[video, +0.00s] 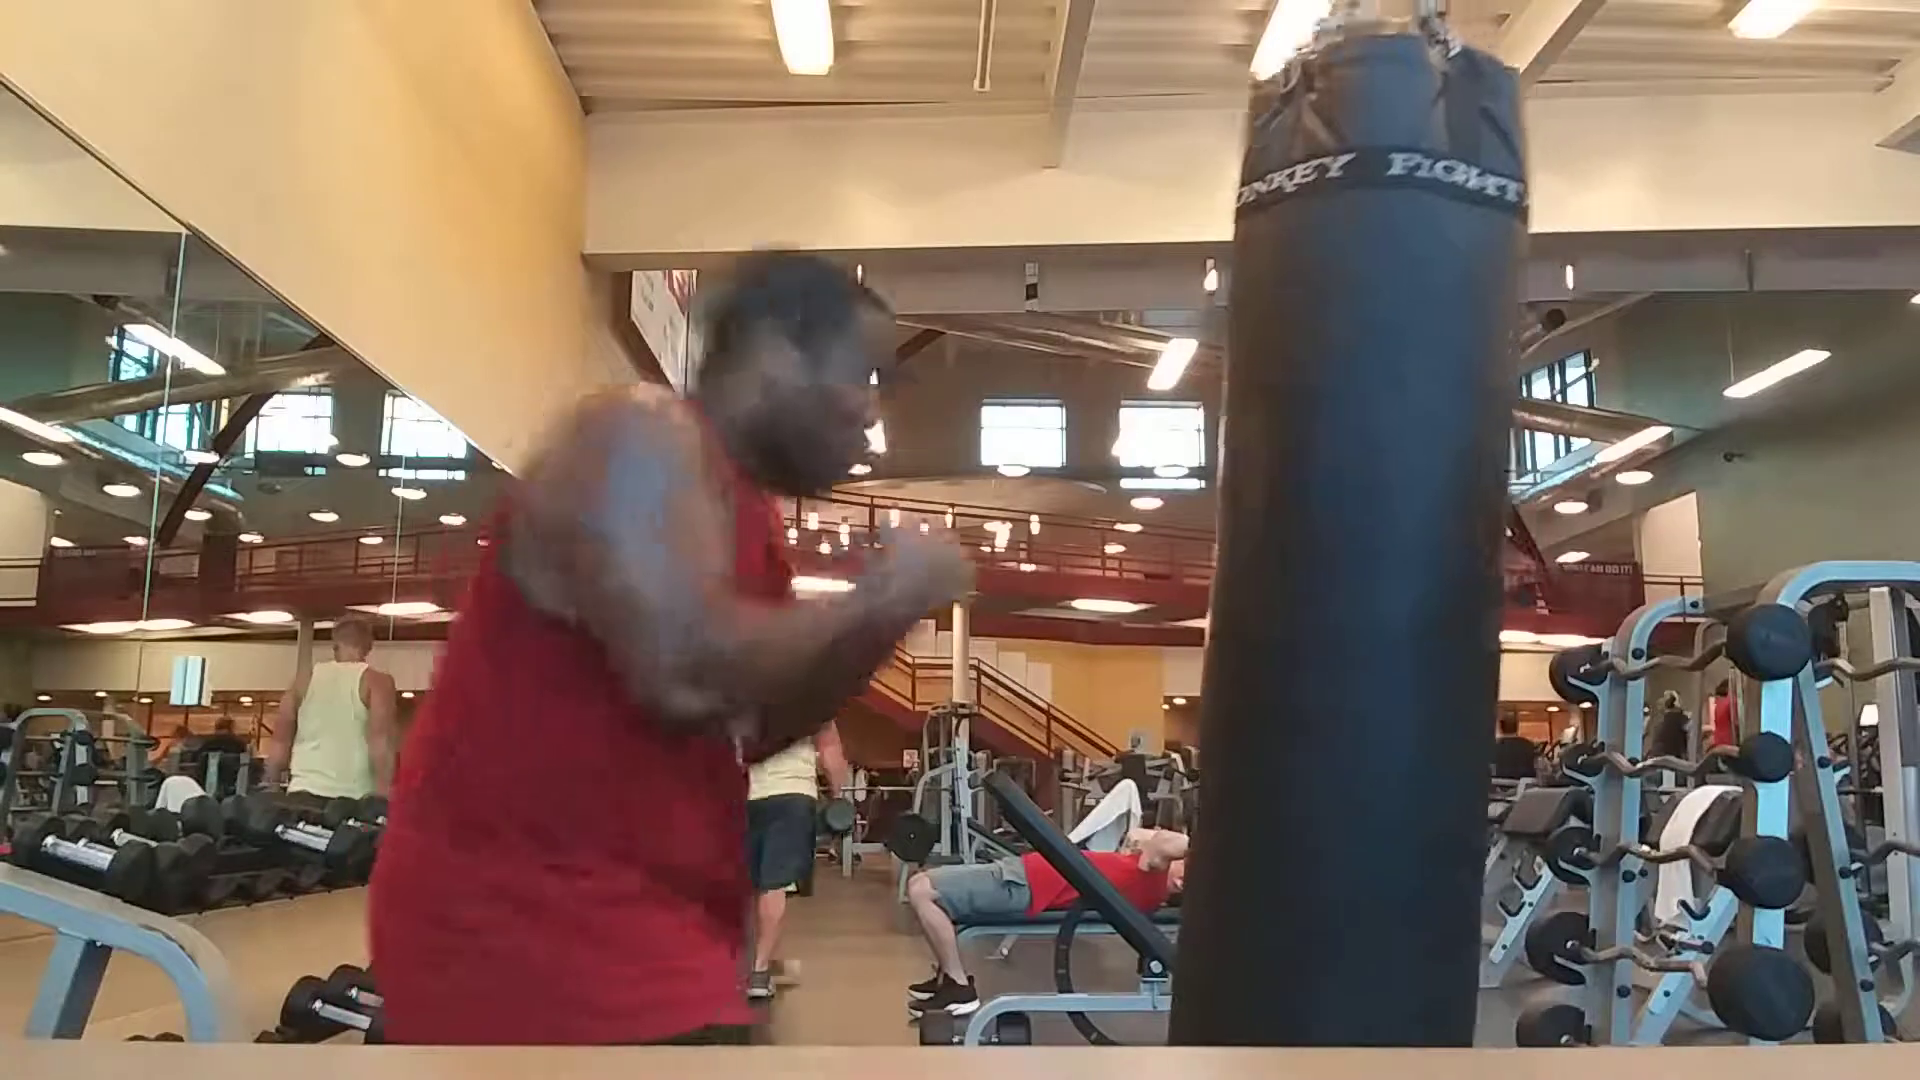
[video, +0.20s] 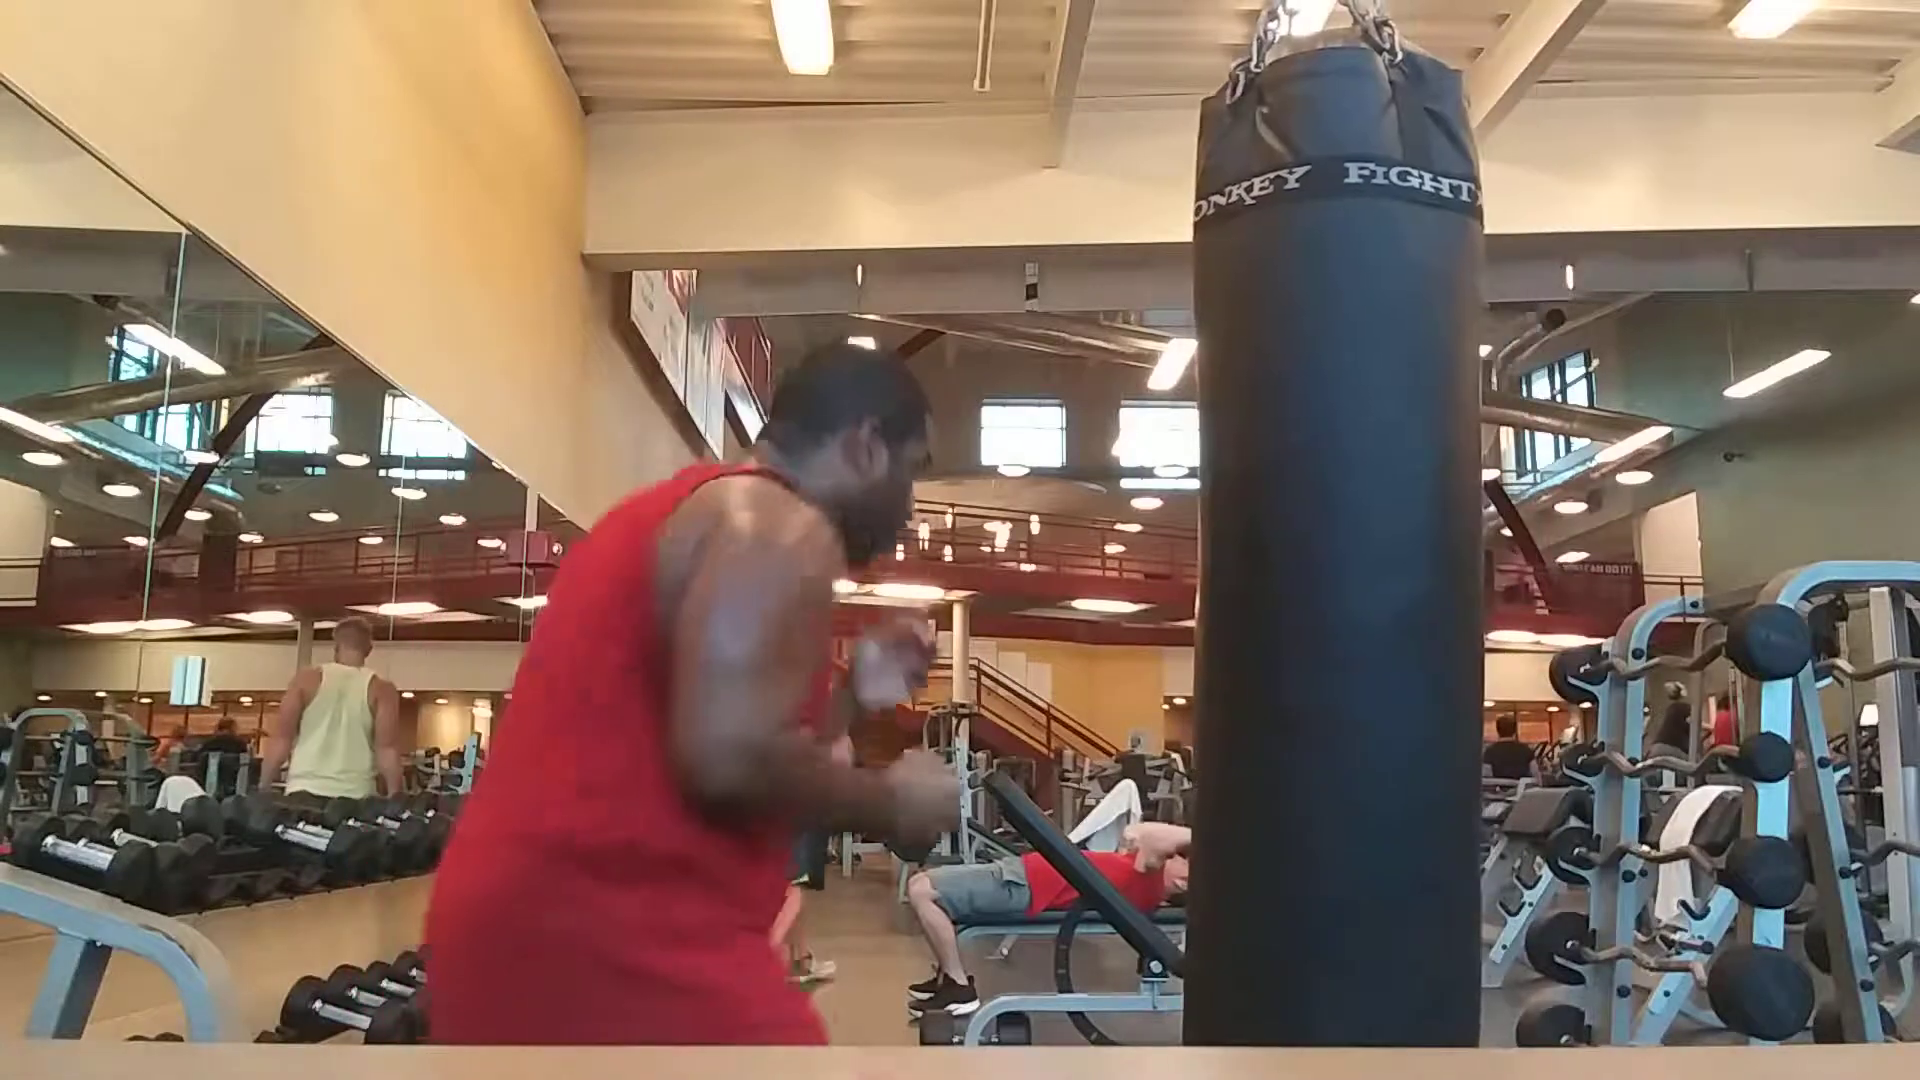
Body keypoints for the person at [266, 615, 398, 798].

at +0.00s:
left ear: (335, 647)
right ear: (369, 648)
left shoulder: (306, 677)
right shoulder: (377, 681)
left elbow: (281, 737)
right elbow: (379, 743)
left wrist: (271, 784)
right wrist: (384, 795)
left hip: (303, 794)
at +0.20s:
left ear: (336, 647)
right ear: (369, 649)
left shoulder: (307, 678)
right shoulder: (381, 689)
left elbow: (281, 740)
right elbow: (387, 750)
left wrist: (264, 789)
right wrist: (396, 801)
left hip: (303, 796)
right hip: (355, 801)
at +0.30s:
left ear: (334, 645)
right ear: (367, 649)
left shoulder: (306, 677)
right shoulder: (381, 689)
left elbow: (283, 737)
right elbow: (388, 749)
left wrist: (263, 784)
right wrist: (397, 796)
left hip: (302, 795)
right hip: (355, 798)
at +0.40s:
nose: (326, 649)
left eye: (327, 644)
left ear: (331, 645)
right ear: (362, 650)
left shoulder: (306, 676)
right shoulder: (380, 689)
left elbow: (284, 735)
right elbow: (388, 751)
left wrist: (263, 782)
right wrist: (398, 796)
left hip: (304, 795)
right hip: (356, 799)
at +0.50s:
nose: (320, 649)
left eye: (321, 644)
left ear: (324, 645)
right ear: (356, 649)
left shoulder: (305, 676)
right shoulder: (376, 689)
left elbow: (283, 737)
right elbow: (387, 750)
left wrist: (261, 786)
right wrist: (399, 796)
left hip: (302, 795)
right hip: (355, 799)